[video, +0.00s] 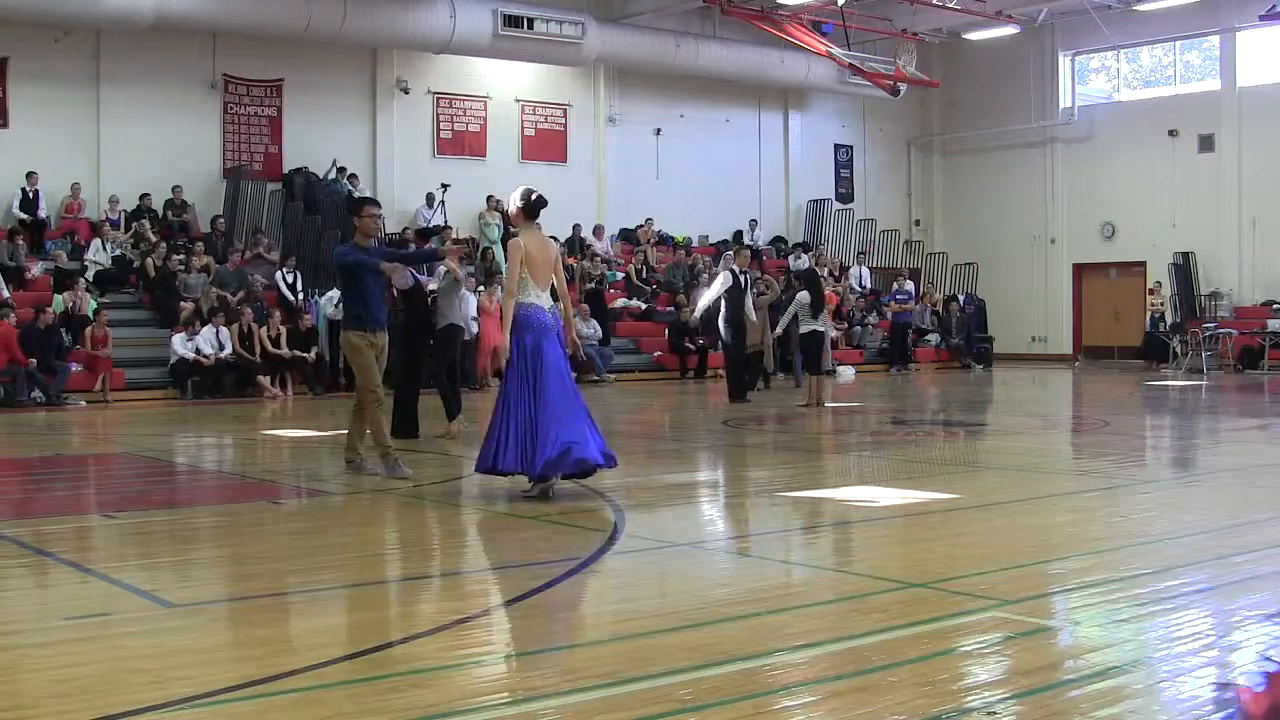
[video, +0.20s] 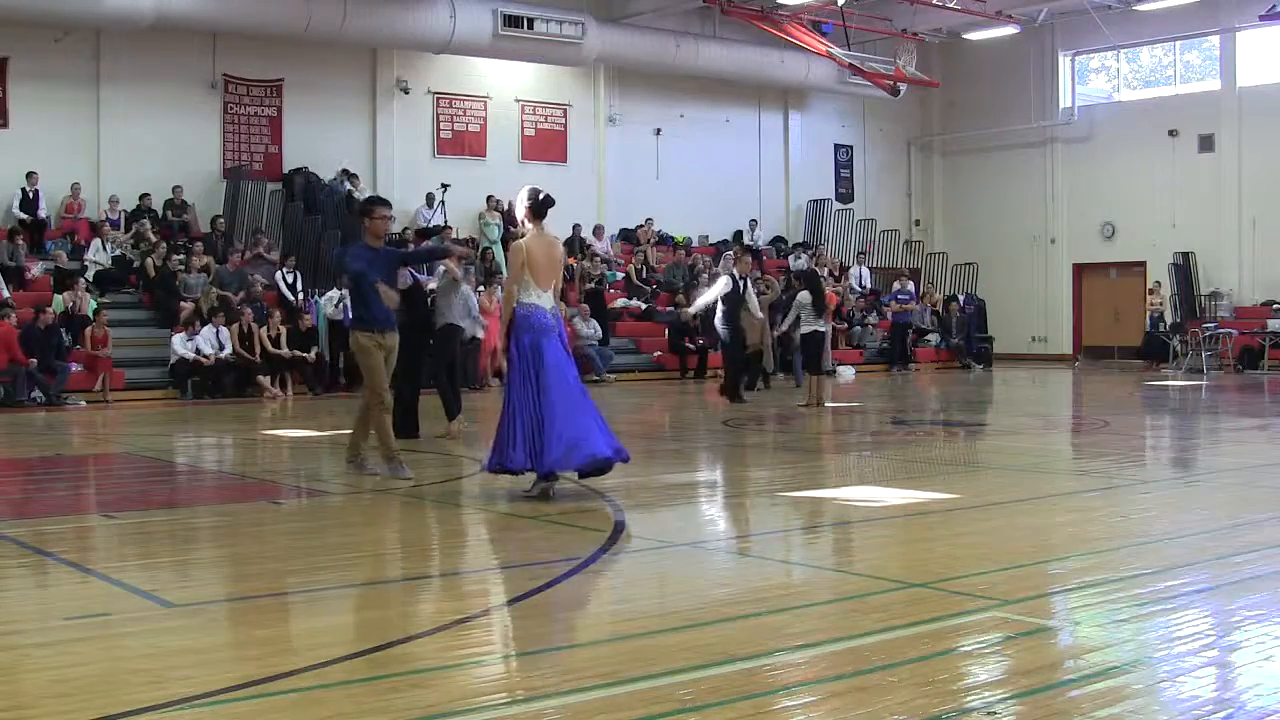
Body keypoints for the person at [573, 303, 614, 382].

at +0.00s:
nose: (586, 313)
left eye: (588, 311)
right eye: (584, 311)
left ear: (590, 312)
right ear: (580, 312)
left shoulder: (593, 321)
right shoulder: (576, 321)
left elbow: (599, 335)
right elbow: (581, 333)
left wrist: (587, 335)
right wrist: (593, 332)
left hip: (595, 345)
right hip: (584, 345)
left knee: (609, 354)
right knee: (592, 354)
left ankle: (595, 373)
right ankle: (602, 374)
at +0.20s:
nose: (587, 313)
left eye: (588, 311)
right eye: (584, 311)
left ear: (590, 312)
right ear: (580, 312)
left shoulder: (593, 321)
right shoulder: (576, 321)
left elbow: (599, 335)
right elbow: (581, 333)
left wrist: (587, 335)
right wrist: (593, 332)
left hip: (594, 344)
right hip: (583, 345)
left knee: (609, 354)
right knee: (592, 354)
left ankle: (596, 374)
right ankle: (602, 374)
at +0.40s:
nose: (587, 313)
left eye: (588, 311)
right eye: (584, 311)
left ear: (590, 312)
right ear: (580, 312)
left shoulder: (593, 321)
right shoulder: (576, 321)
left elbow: (599, 335)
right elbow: (581, 332)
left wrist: (587, 335)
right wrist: (593, 332)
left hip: (594, 344)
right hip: (583, 345)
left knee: (609, 354)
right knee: (592, 354)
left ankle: (596, 374)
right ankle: (603, 374)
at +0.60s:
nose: (587, 313)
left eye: (588, 311)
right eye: (585, 311)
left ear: (590, 311)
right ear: (580, 312)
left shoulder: (593, 321)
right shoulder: (576, 321)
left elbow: (600, 335)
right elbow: (581, 333)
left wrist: (587, 336)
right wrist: (593, 332)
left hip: (595, 344)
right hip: (583, 344)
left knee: (609, 354)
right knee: (592, 354)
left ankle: (596, 373)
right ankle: (602, 373)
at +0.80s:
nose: (587, 313)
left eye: (589, 311)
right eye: (585, 311)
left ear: (590, 311)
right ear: (580, 312)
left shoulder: (593, 321)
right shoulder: (576, 321)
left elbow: (600, 335)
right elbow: (582, 333)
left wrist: (586, 336)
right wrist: (593, 332)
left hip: (595, 344)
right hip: (583, 344)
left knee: (609, 354)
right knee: (592, 354)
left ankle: (598, 373)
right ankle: (602, 373)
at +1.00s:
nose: (587, 313)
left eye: (589, 311)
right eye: (585, 311)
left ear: (590, 311)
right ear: (580, 312)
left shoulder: (593, 321)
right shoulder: (576, 321)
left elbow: (600, 335)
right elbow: (582, 333)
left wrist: (587, 336)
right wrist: (594, 332)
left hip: (595, 344)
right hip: (583, 344)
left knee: (609, 354)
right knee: (593, 354)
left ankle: (597, 373)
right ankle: (602, 373)